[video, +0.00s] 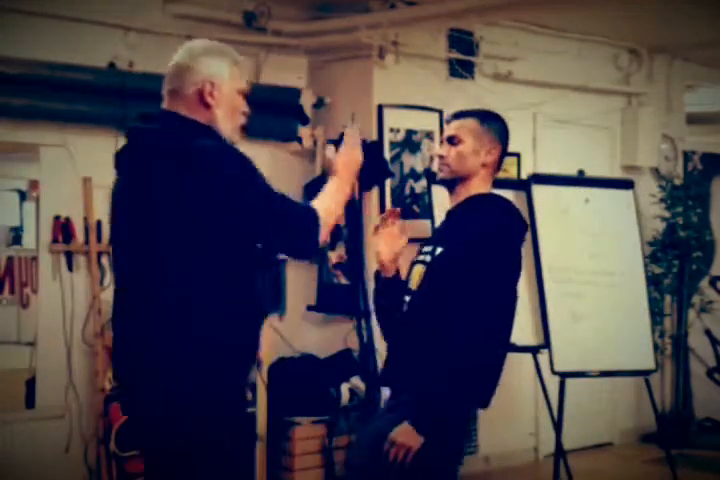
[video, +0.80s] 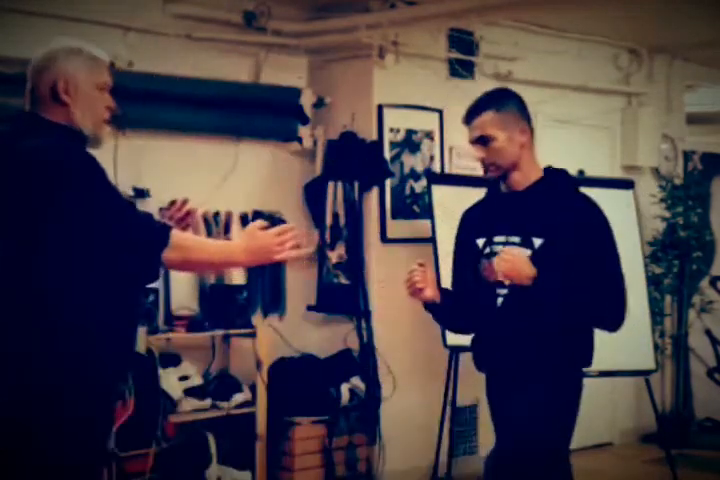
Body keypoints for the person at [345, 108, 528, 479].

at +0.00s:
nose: (439, 151)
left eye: (453, 142)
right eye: (442, 143)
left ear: (489, 156)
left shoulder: (493, 220)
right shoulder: (452, 225)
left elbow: (475, 336)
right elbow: (401, 334)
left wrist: (423, 421)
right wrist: (388, 268)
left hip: (439, 410)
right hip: (408, 400)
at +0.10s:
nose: (440, 141)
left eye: (453, 132)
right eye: (442, 132)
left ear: (489, 142)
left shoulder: (493, 207)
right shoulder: (468, 207)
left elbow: (474, 318)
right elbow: (422, 324)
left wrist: (421, 394)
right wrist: (392, 279)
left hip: (453, 395)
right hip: (439, 391)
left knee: (418, 472)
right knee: (433, 471)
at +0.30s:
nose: (435, 126)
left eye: (447, 115)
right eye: (437, 117)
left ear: (483, 124)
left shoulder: (497, 188)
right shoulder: (478, 190)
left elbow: (479, 310)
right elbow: (455, 310)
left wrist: (398, 355)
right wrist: (398, 297)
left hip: (496, 365)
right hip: (484, 360)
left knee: (441, 469)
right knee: (476, 470)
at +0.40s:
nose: (433, 124)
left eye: (444, 113)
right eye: (434, 114)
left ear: (480, 121)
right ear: (476, 124)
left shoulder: (493, 186)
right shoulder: (489, 182)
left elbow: (476, 307)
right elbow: (472, 301)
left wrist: (389, 352)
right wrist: (410, 301)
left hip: (508, 367)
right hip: (505, 362)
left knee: (481, 471)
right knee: (484, 470)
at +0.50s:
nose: (437, 131)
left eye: (447, 119)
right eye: (437, 121)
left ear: (484, 124)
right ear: (479, 126)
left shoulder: (506, 188)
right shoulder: (486, 189)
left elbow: (491, 311)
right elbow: (482, 300)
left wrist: (399, 330)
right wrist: (426, 300)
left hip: (528, 366)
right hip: (511, 364)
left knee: (507, 470)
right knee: (511, 469)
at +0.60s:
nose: (453, 139)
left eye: (463, 126)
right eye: (452, 128)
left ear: (499, 129)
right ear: (495, 132)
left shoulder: (533, 197)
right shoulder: (475, 212)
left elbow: (513, 320)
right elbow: (485, 310)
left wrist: (434, 300)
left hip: (542, 374)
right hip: (509, 373)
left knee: (499, 470)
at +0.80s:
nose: (477, 154)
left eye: (486, 141)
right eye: (474, 144)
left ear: (522, 136)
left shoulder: (578, 212)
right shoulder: (475, 219)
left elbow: (611, 312)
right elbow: (471, 316)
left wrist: (535, 275)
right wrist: (437, 298)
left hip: (555, 373)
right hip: (501, 372)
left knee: (511, 467)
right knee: (536, 468)